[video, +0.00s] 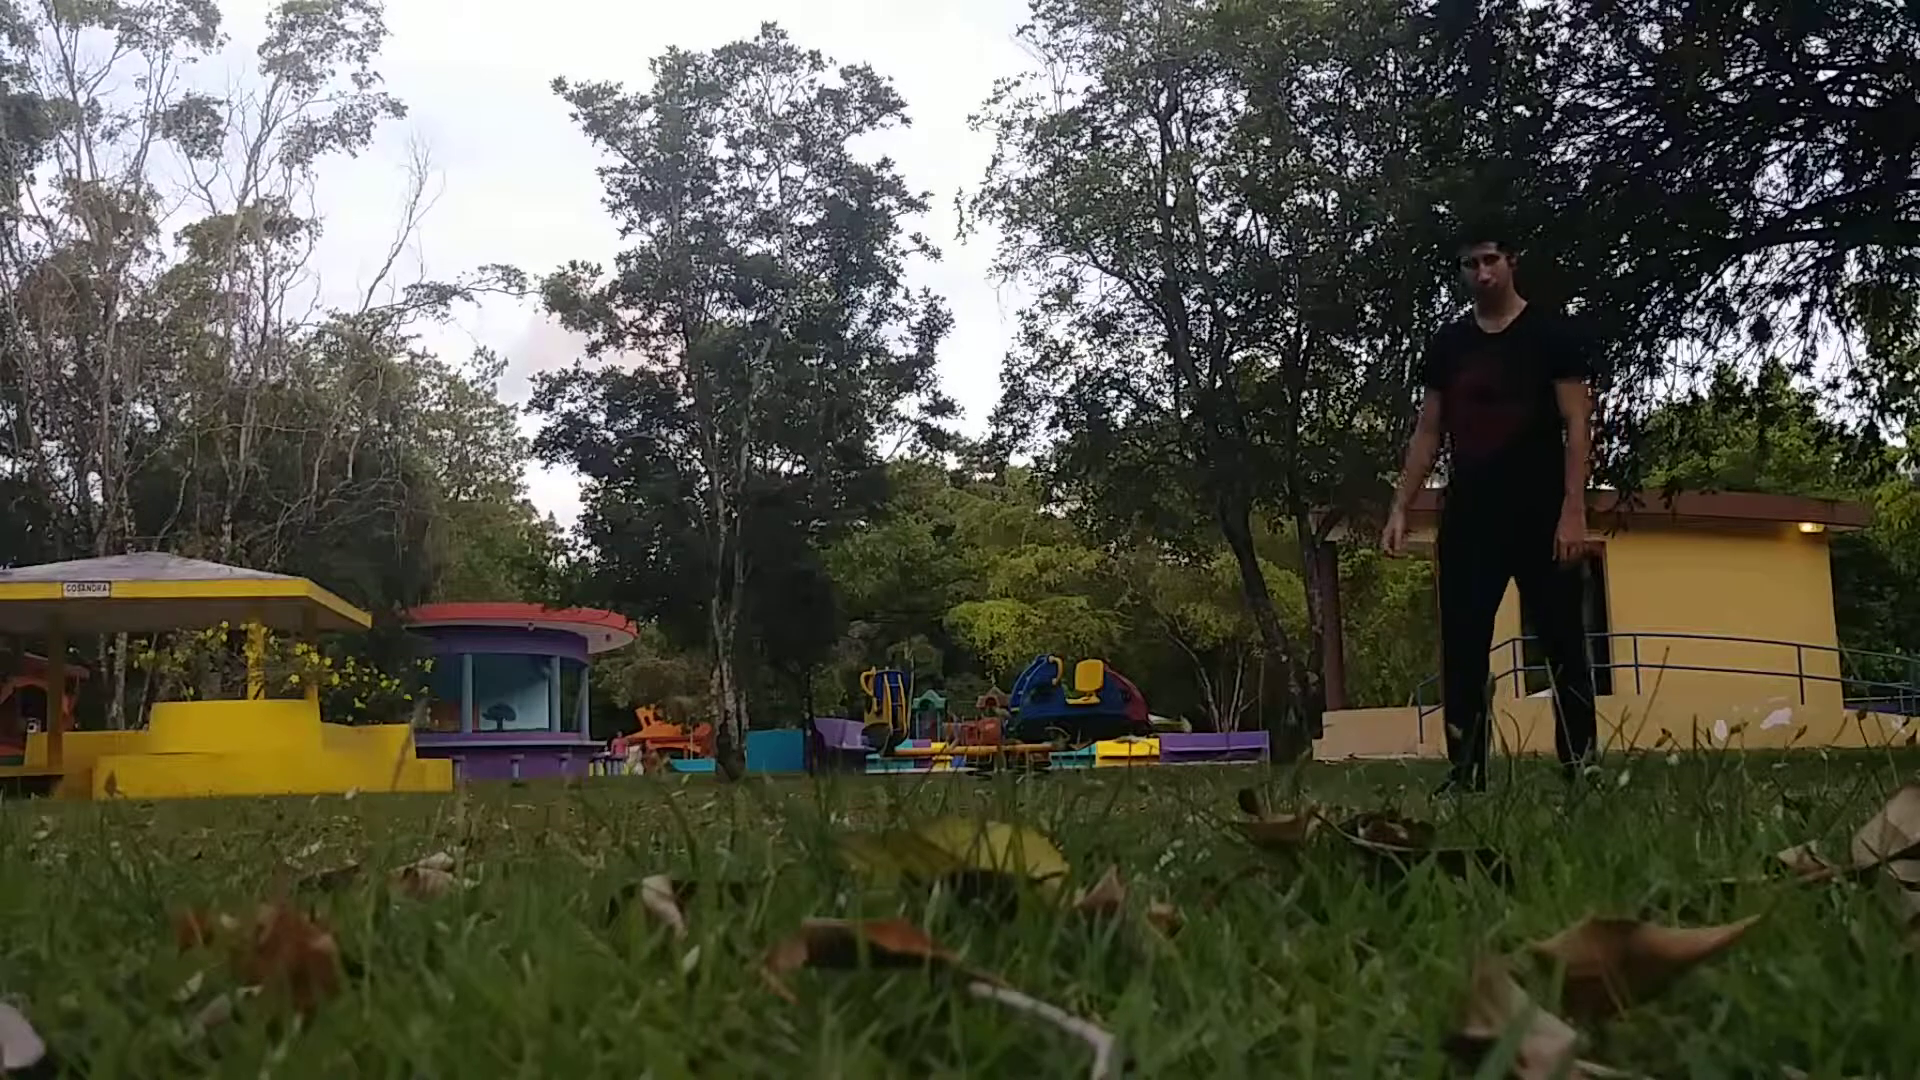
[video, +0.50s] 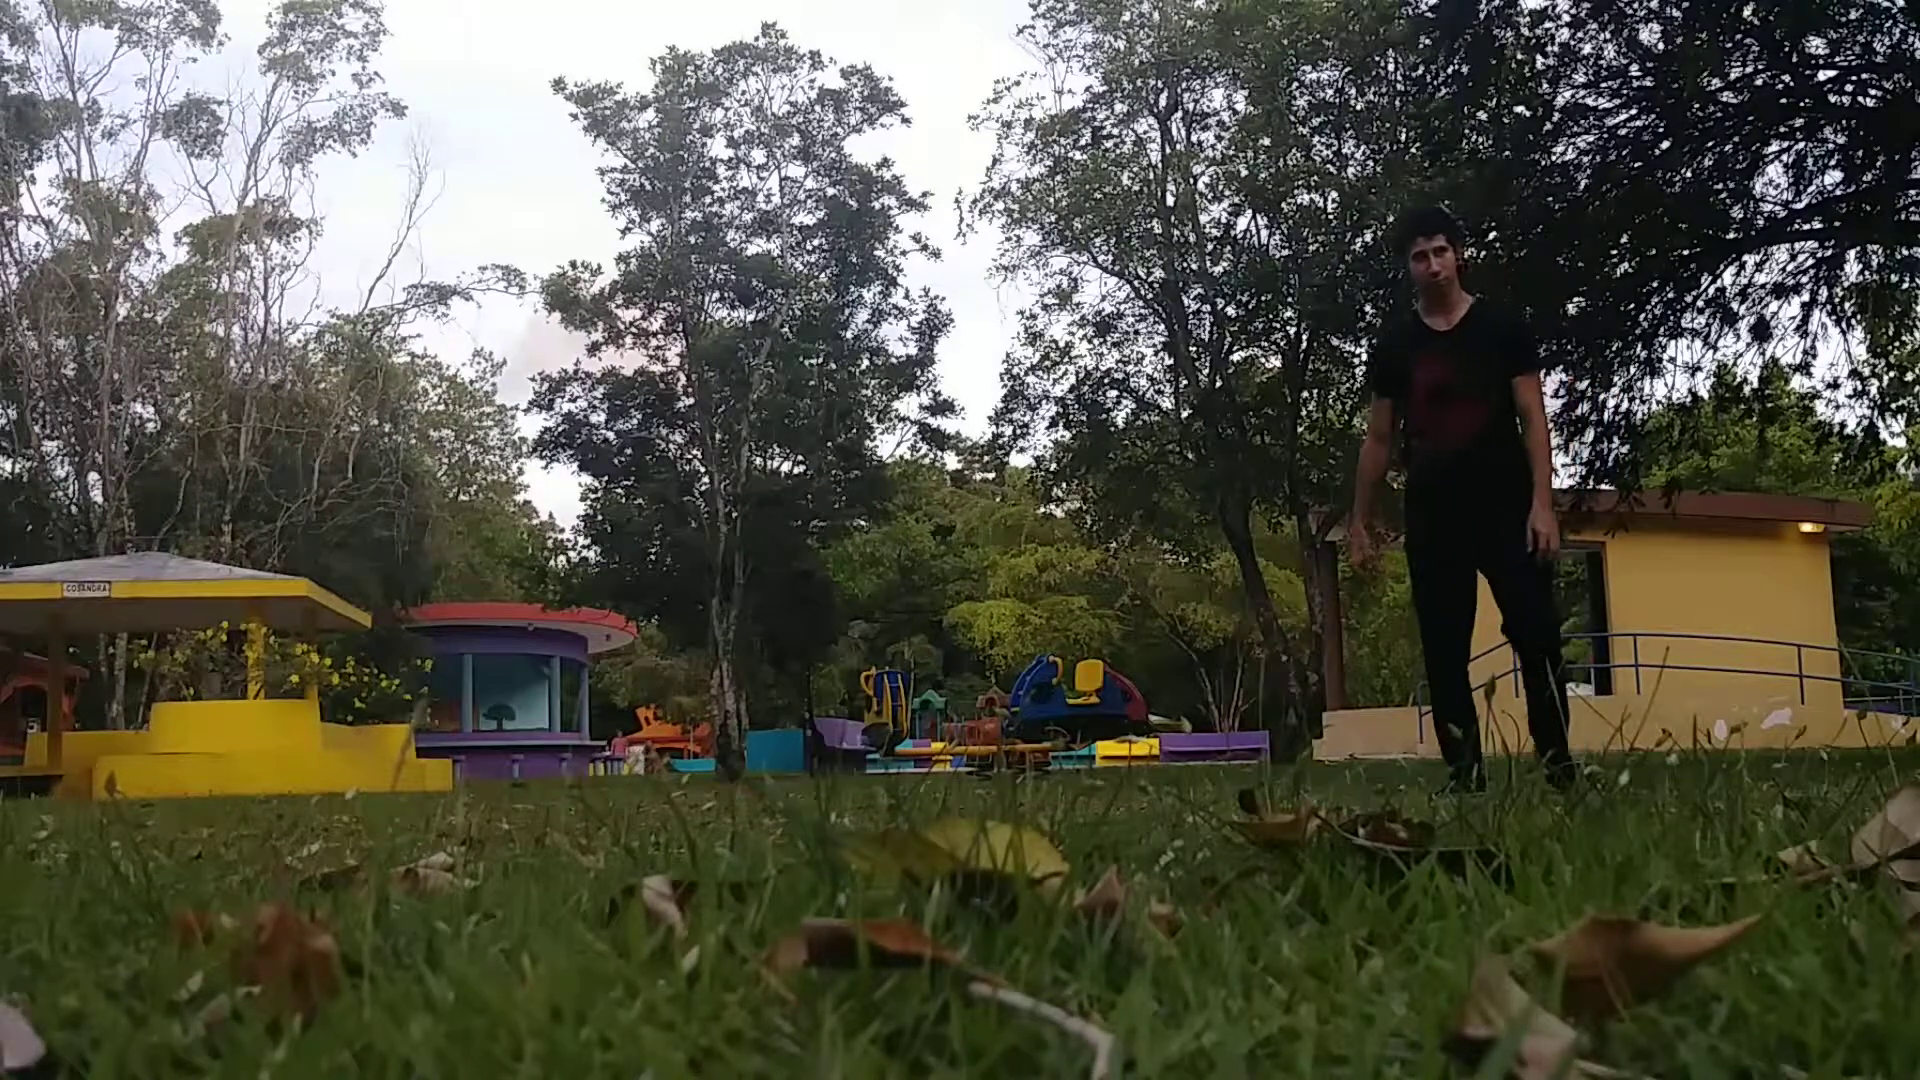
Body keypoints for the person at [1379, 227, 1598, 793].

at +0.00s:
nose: (1482, 271)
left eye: (1490, 260)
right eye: (1472, 264)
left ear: (1512, 264)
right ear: (1462, 274)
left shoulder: (1552, 334)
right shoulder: (1447, 344)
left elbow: (1577, 426)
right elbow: (1427, 431)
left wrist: (1574, 510)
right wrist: (1400, 508)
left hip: (1540, 512)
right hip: (1470, 515)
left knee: (1563, 646)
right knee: (1462, 646)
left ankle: (1579, 767)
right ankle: (1467, 771)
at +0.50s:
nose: (1432, 263)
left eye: (1440, 251)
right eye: (1420, 256)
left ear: (1459, 254)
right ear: (1408, 268)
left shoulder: (1503, 325)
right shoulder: (1395, 341)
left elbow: (1535, 419)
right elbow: (1378, 435)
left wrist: (1543, 503)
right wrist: (1359, 516)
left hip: (1505, 509)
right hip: (1433, 517)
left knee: (1537, 641)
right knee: (1444, 652)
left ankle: (1558, 765)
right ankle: (1464, 775)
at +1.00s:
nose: (1462, 244)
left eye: (1469, 233)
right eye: (1449, 237)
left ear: (1484, 237)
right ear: (1430, 247)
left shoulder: (1524, 311)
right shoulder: (1406, 323)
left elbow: (1563, 407)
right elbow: (1397, 405)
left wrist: (1592, 495)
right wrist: (1405, 462)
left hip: (1515, 497)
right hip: (1439, 501)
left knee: (1523, 633)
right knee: (1446, 639)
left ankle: (1525, 767)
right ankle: (1460, 767)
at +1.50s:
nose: (1477, 220)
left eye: (1487, 208)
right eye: (1465, 210)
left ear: (1506, 211)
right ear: (1449, 217)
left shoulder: (1547, 286)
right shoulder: (1425, 291)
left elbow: (1576, 387)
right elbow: (1398, 390)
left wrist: (1546, 465)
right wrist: (1370, 481)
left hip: (1530, 485)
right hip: (1452, 490)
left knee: (1536, 635)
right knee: (1448, 630)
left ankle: (1526, 769)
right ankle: (1450, 767)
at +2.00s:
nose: (1447, 169)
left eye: (1456, 155)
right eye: (1432, 160)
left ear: (1472, 160)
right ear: (1409, 171)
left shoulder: (1521, 241)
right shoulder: (1387, 259)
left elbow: (1561, 340)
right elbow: (1357, 360)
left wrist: (1587, 442)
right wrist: (1335, 458)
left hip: (1524, 455)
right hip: (1440, 463)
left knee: (1553, 603)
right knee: (1450, 615)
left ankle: (1521, 723)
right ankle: (1461, 764)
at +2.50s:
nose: (1517, 131)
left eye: (1525, 117)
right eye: (1500, 120)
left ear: (1536, 124)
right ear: (1468, 133)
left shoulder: (1570, 223)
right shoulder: (1438, 218)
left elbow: (1601, 343)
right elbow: (1421, 318)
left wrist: (1621, 453)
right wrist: (1461, 381)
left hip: (1560, 437)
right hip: (1470, 442)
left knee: (1588, 600)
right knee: (1465, 613)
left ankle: (1604, 765)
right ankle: (1463, 772)